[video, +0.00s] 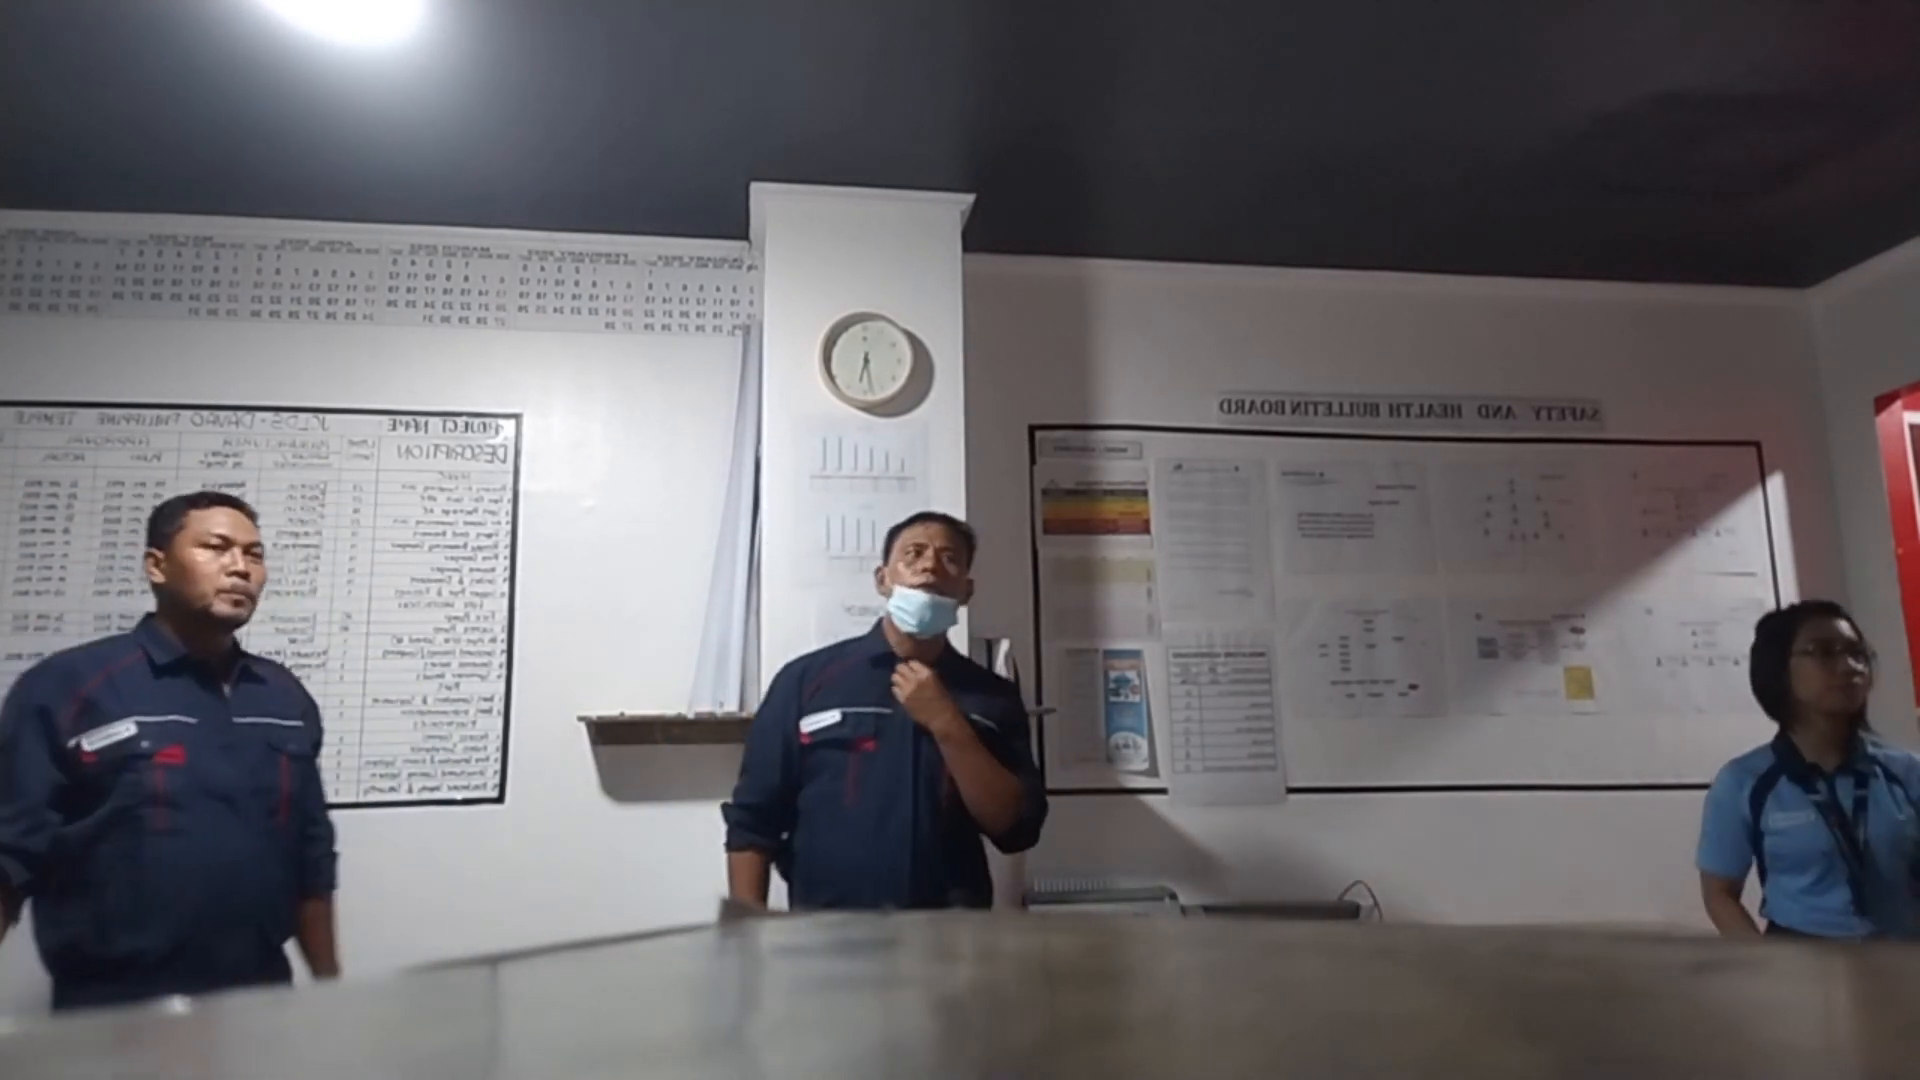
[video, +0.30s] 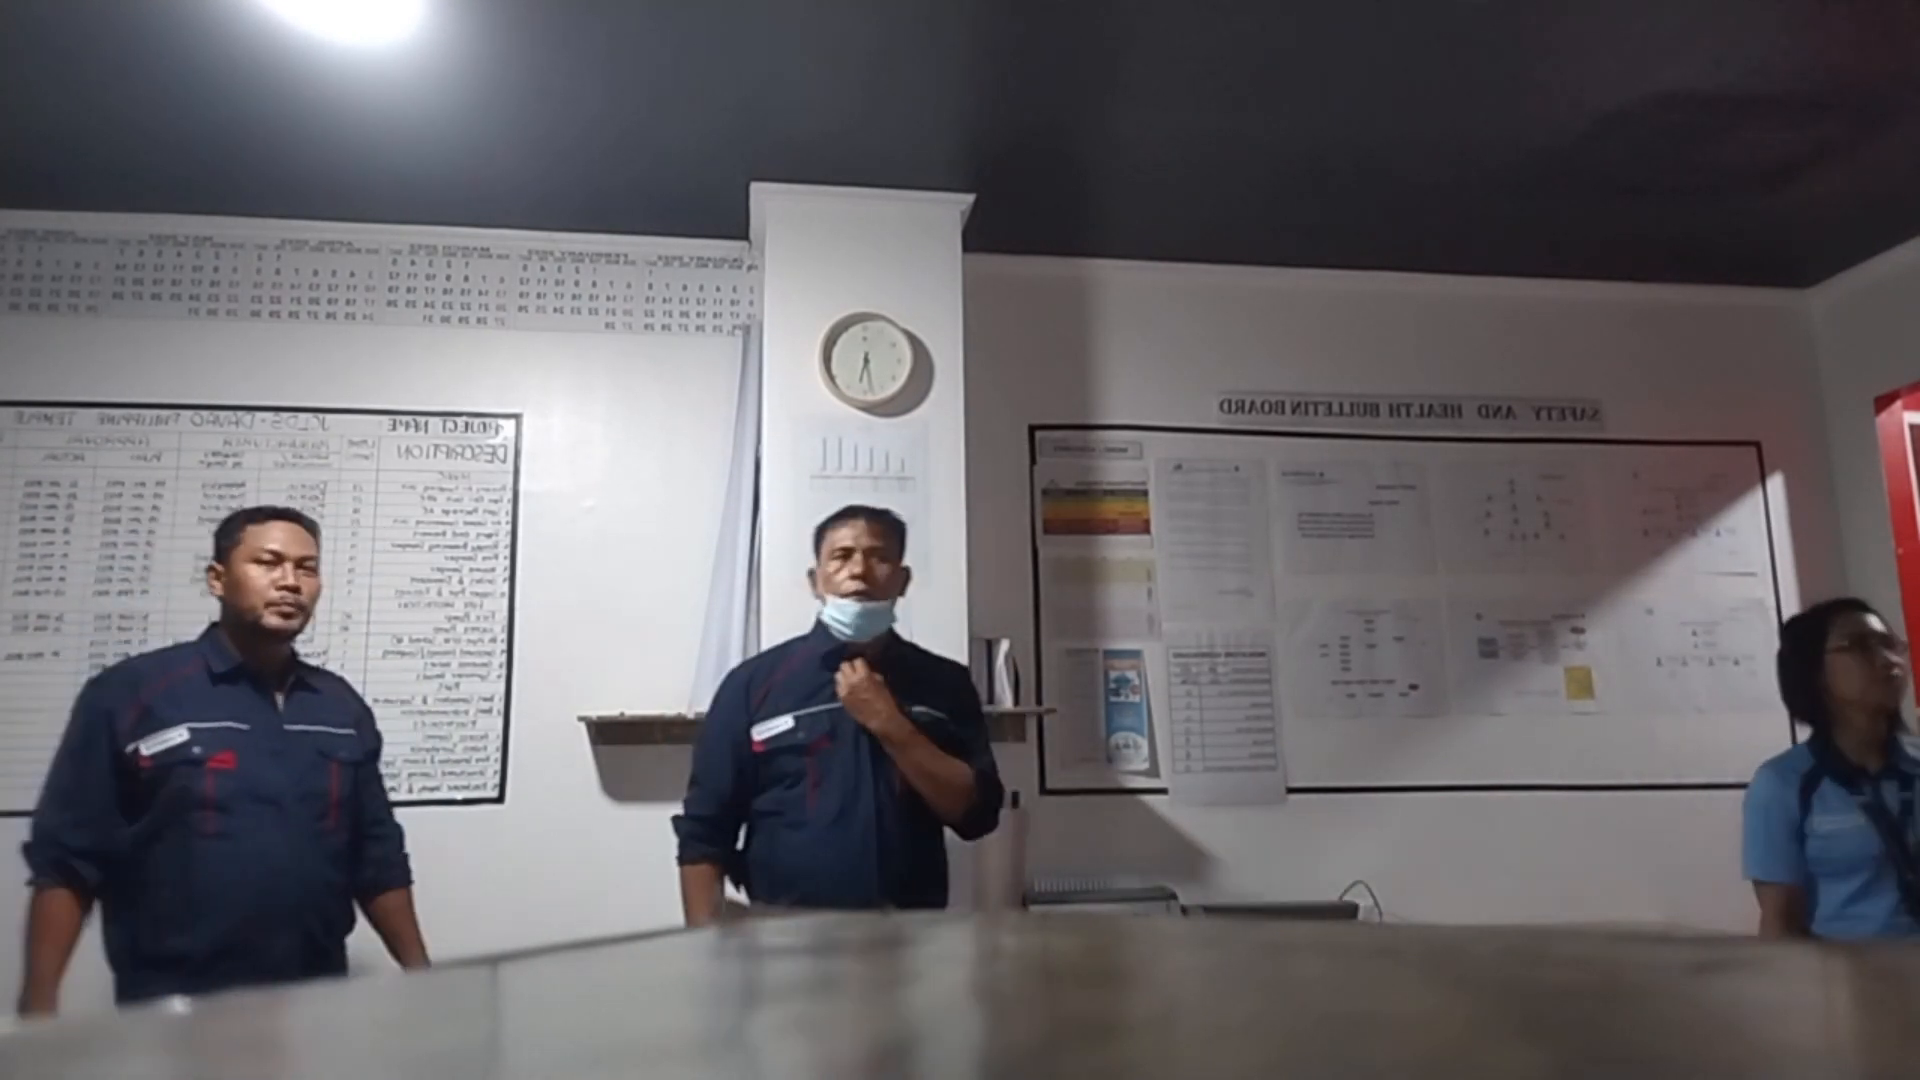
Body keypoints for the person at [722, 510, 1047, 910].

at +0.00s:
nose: (930, 566)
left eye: (948, 559)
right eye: (914, 554)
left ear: (966, 589)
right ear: (883, 579)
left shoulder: (992, 696)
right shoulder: (805, 682)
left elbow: (1018, 829)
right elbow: (752, 821)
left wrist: (945, 722)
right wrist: (749, 940)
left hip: (952, 943)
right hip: (827, 941)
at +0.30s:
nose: (859, 569)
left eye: (878, 557)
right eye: (841, 557)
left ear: (902, 580)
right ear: (816, 580)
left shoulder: (945, 684)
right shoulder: (752, 687)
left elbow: (977, 816)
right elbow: (703, 832)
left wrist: (889, 723)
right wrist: (709, 957)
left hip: (908, 939)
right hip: (788, 940)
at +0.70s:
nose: (818, 561)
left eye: (833, 547)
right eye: (797, 548)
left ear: (852, 571)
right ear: (767, 575)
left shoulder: (905, 672)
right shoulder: (711, 702)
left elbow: (955, 794)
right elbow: (670, 859)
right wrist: (676, 987)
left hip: (885, 944)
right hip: (762, 947)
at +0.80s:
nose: (824, 557)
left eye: (838, 545)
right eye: (803, 544)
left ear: (855, 570)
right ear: (769, 572)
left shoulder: (909, 678)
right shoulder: (710, 701)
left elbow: (953, 825)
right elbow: (677, 858)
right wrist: (690, 983)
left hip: (895, 949)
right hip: (765, 952)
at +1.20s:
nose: (902, 558)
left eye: (916, 547)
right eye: (882, 546)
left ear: (932, 572)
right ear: (847, 571)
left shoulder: (976, 687)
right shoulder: (781, 696)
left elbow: (1005, 848)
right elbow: (738, 855)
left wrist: (1010, 961)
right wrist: (742, 973)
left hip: (955, 945)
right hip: (826, 950)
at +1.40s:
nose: (958, 560)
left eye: (972, 551)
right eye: (939, 546)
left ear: (985, 576)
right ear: (901, 570)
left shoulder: (1017, 692)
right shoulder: (829, 690)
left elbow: (1059, 840)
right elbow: (784, 840)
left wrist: (1076, 955)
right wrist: (791, 962)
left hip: (997, 948)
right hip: (870, 950)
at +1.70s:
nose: (991, 565)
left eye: (1008, 555)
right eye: (974, 550)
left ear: (1020, 581)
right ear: (937, 571)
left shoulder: (1052, 698)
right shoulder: (863, 688)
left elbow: (1093, 837)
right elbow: (817, 829)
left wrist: (1116, 946)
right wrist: (825, 951)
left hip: (1023, 949)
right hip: (897, 949)